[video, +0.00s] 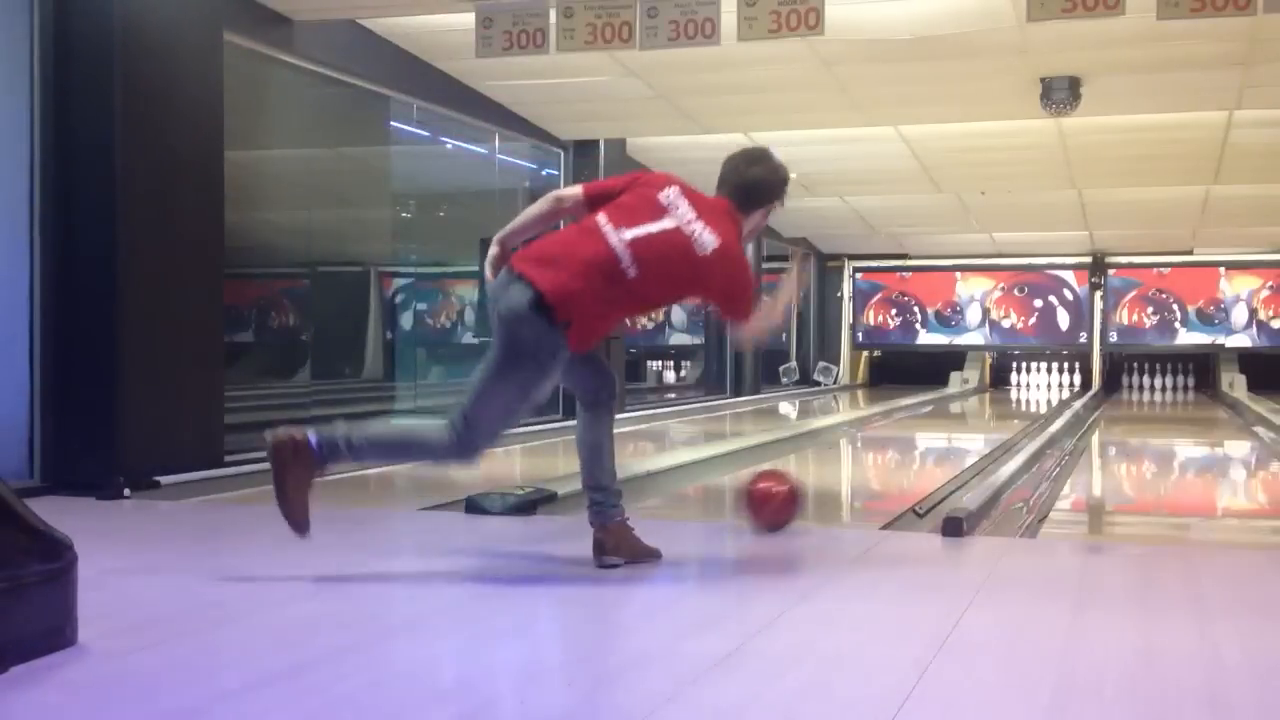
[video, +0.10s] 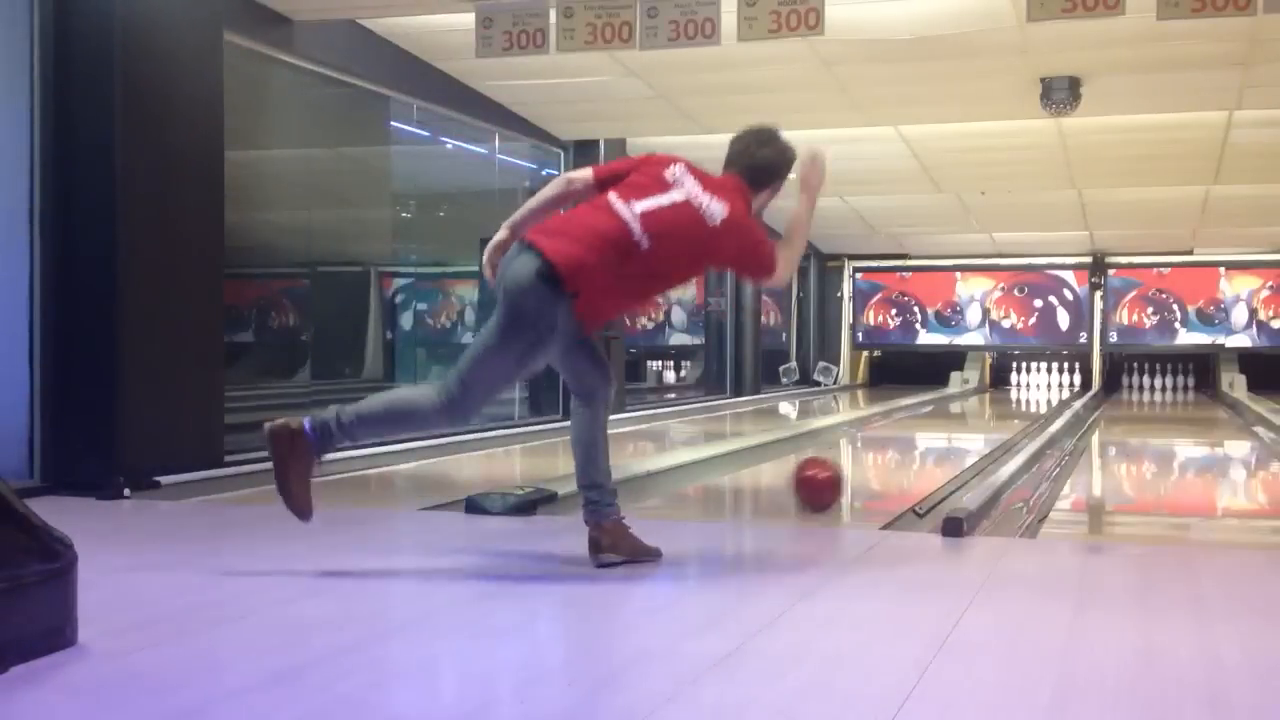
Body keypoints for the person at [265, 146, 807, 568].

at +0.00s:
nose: (772, 218)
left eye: (772, 207)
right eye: (774, 208)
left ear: (726, 184)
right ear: (762, 208)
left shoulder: (661, 184)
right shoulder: (727, 256)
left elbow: (563, 199)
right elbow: (755, 329)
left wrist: (503, 238)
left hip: (513, 286)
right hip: (543, 321)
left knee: (596, 385)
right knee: (464, 440)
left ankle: (610, 528)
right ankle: (311, 452)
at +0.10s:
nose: (778, 196)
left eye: (775, 183)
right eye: (779, 188)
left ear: (729, 161)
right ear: (767, 185)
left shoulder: (667, 165)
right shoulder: (735, 224)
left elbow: (571, 181)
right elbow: (781, 272)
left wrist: (506, 233)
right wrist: (809, 200)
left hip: (524, 259)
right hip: (552, 289)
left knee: (592, 387)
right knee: (453, 402)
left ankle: (605, 528)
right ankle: (310, 439)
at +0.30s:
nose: (783, 156)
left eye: (783, 146)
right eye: (785, 147)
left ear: (733, 123)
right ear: (775, 144)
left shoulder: (676, 139)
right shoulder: (748, 186)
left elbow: (580, 172)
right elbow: (795, 259)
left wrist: (532, 234)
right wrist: (816, 218)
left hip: (553, 257)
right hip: (560, 269)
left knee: (602, 391)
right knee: (483, 391)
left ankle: (607, 532)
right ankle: (349, 463)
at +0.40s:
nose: (781, 144)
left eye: (779, 130)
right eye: (782, 134)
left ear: (728, 113)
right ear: (775, 134)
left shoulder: (673, 136)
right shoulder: (749, 185)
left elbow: (580, 183)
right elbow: (787, 291)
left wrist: (562, 242)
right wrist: (799, 290)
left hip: (562, 263)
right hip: (567, 272)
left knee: (604, 390)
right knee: (492, 396)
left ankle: (608, 531)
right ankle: (362, 475)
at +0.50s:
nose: (774, 137)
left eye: (772, 127)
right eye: (778, 128)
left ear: (724, 110)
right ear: (771, 128)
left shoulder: (667, 134)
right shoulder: (748, 186)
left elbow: (581, 187)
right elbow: (754, 292)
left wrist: (590, 264)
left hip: (562, 263)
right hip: (574, 275)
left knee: (608, 391)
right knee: (496, 400)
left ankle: (608, 531)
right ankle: (367, 476)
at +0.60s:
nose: (774, 132)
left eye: (770, 122)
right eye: (777, 123)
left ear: (722, 106)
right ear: (770, 124)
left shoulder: (666, 132)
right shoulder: (748, 182)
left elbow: (582, 182)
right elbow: (723, 281)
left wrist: (561, 249)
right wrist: (718, 380)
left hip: (562, 262)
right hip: (579, 275)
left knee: (613, 392)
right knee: (499, 401)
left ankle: (609, 531)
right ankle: (367, 476)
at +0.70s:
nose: (775, 121)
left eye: (771, 111)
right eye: (778, 113)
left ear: (722, 99)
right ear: (771, 114)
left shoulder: (666, 125)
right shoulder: (749, 174)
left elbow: (581, 175)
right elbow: (709, 260)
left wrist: (541, 254)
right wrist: (681, 354)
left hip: (558, 261)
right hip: (583, 275)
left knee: (620, 390)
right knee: (502, 400)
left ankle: (609, 530)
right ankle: (369, 466)